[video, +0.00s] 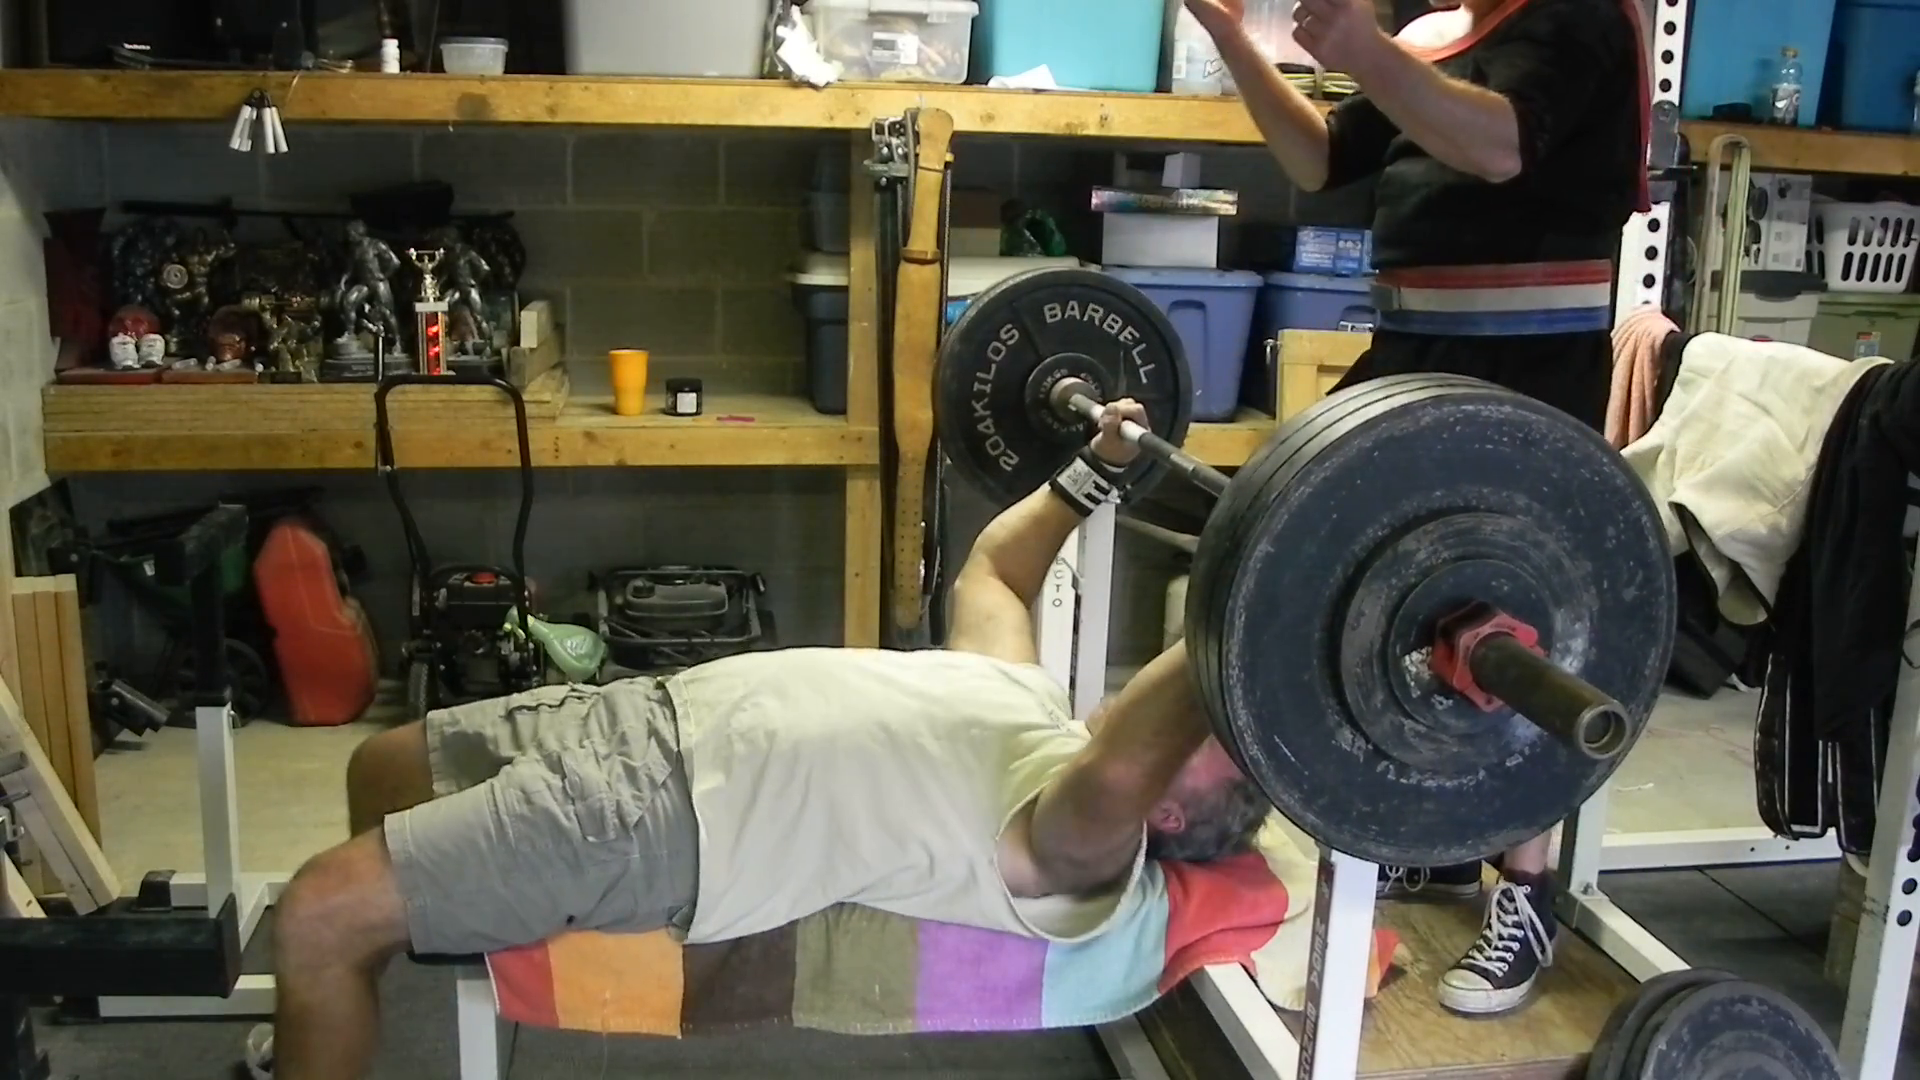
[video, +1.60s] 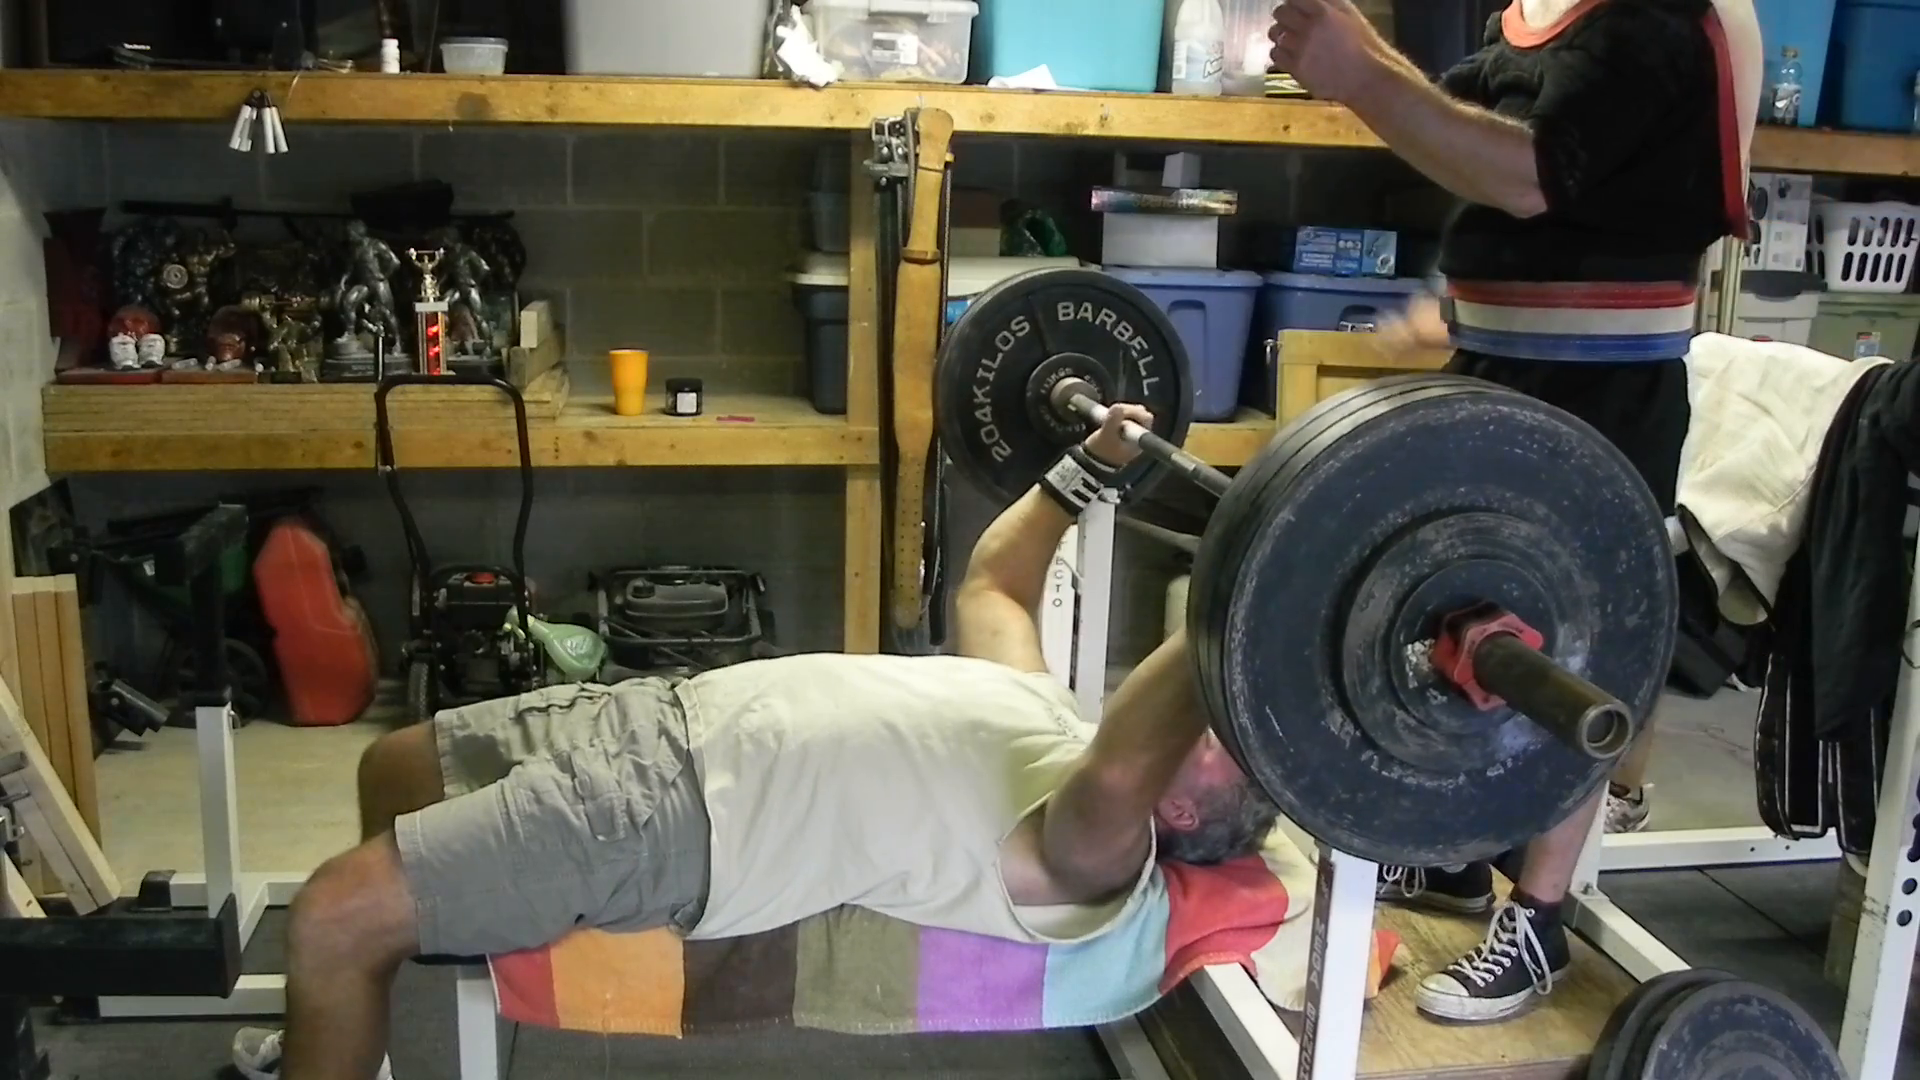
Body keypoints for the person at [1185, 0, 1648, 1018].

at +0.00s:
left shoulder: (1583, 16)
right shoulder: (1436, 42)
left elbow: (1500, 141)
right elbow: (1324, 161)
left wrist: (1356, 42)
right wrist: (1231, 36)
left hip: (1537, 370)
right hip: (1410, 359)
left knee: (1518, 629)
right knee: (1384, 606)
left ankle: (1526, 888)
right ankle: (1421, 833)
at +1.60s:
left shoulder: (1655, 22)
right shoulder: (1547, 18)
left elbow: (1531, 170)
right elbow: (1475, 127)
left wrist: (1365, 75)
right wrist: (1364, 65)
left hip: (1604, 382)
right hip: (1501, 368)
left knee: (1576, 651)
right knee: (1467, 616)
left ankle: (1536, 916)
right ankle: (1456, 847)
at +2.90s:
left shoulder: (1610, 27)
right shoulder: (1487, 14)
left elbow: (1500, 184)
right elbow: (1400, 120)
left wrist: (1309, 162)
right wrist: (1260, 39)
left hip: (1577, 382)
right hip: (1458, 365)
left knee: (1566, 646)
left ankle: (1536, 918)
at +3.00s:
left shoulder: (1584, 32)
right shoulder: (1469, 34)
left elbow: (1491, 193)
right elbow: (1373, 129)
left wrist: (1305, 228)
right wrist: (1225, 98)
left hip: (1553, 385)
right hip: (1436, 370)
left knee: (1554, 650)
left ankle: (1535, 918)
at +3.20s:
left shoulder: (1511, 26)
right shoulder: (1395, 30)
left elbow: (1467, 214)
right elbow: (1306, 166)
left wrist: (1353, 377)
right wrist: (1170, 239)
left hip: (1518, 374)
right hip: (1413, 370)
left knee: (1526, 637)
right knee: (1366, 611)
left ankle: (1530, 916)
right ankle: (1332, 817)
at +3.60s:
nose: (1172, 13)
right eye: (1170, 6)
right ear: (1223, 1)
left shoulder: (1378, 33)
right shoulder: (1243, 85)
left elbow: (1393, 225)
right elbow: (1204, 234)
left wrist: (1340, 407)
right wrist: (1154, 385)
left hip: (1462, 339)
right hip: (1346, 351)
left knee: (1464, 619)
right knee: (1324, 603)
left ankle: (1468, 888)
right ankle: (1335, 856)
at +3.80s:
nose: (1151, 19)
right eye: (1143, 6)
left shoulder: (1363, 27)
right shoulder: (1202, 62)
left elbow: (1386, 200)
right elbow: (1185, 229)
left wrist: (1330, 356)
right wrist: (1150, 390)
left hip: (1447, 334)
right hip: (1313, 346)